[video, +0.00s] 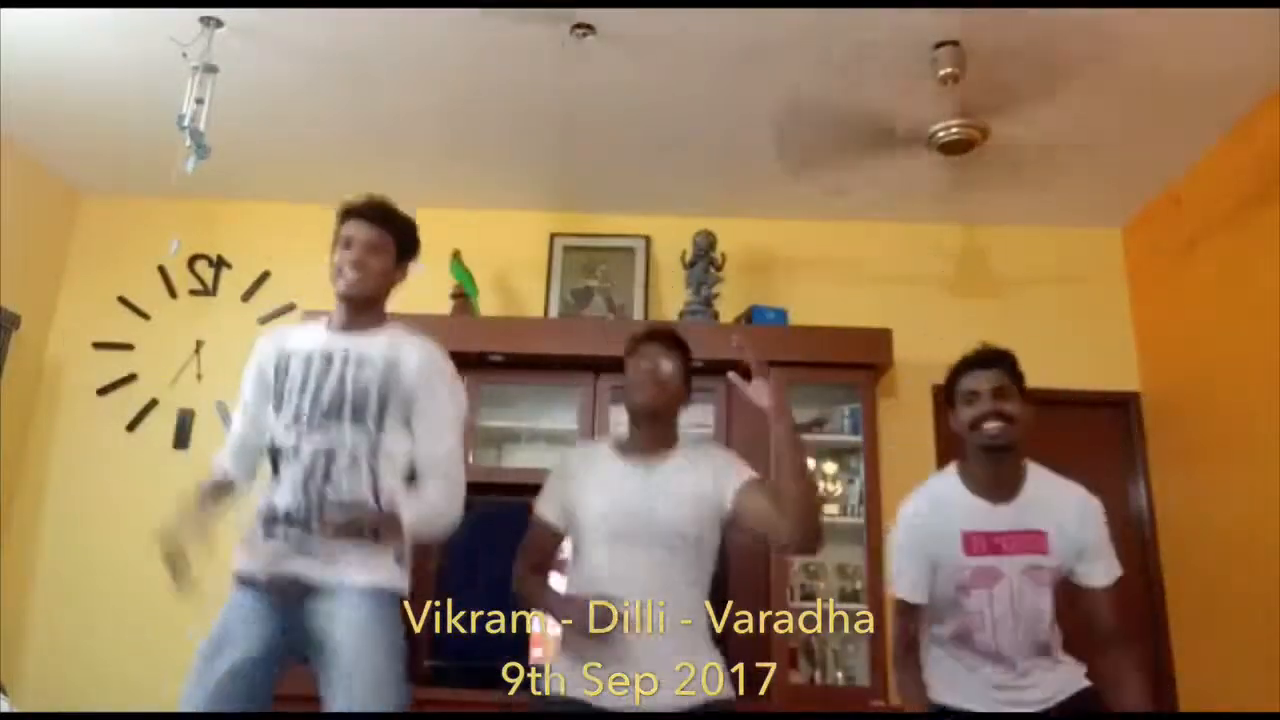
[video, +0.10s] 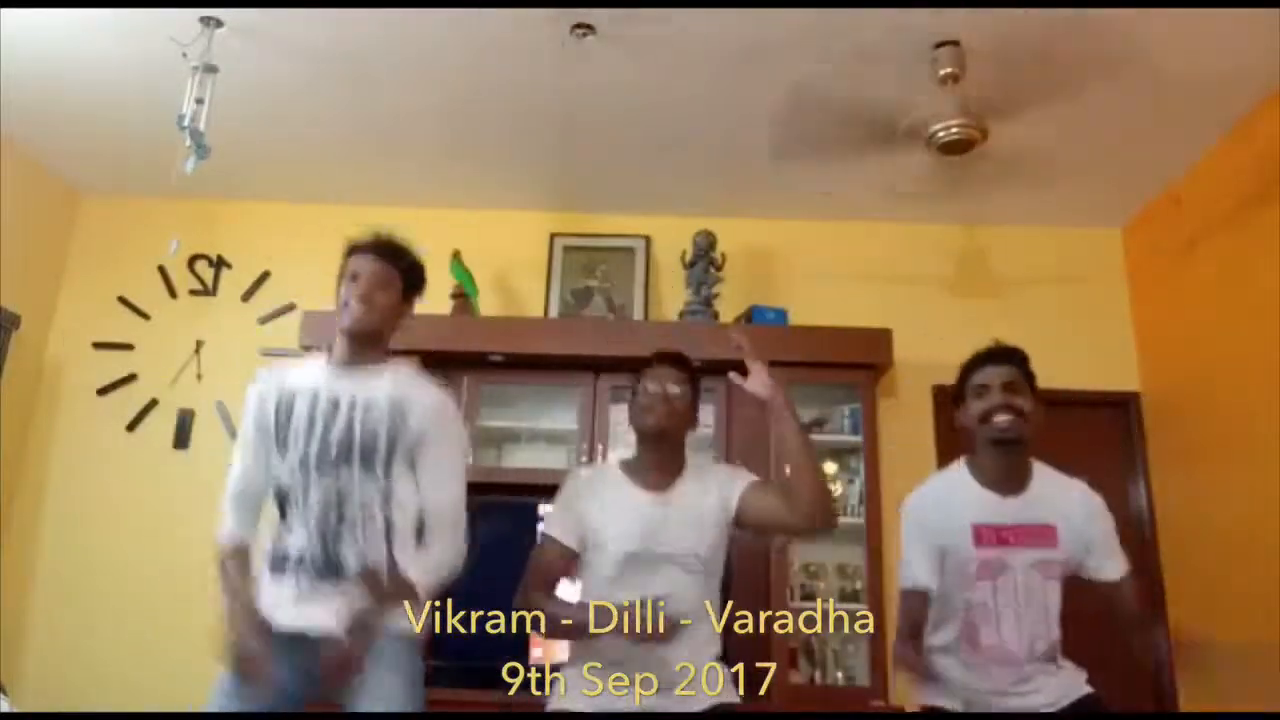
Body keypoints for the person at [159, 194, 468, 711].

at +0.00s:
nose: (352, 257)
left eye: (371, 248)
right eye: (344, 244)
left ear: (401, 270)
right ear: (331, 255)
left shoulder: (422, 362)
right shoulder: (278, 347)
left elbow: (445, 501)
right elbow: (239, 458)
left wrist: (379, 520)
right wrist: (190, 518)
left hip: (360, 578)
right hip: (267, 569)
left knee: (367, 703)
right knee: (206, 703)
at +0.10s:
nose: (359, 292)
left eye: (378, 284)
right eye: (352, 278)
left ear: (404, 307)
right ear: (337, 291)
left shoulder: (427, 405)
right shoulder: (275, 388)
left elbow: (446, 546)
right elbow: (238, 512)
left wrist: (364, 619)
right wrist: (243, 619)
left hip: (377, 634)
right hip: (276, 625)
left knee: (387, 700)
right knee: (229, 704)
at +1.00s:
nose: (369, 306)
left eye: (389, 300)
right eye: (375, 298)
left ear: (427, 331)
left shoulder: (460, 413)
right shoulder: (315, 369)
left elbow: (565, 382)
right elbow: (227, 318)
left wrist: (478, 325)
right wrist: (191, 257)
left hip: (367, 622)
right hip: (260, 604)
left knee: (374, 708)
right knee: (197, 707)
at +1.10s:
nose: (369, 315)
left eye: (390, 309)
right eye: (378, 306)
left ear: (426, 338)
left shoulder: (460, 420)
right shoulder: (313, 377)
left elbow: (569, 394)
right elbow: (226, 327)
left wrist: (489, 329)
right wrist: (213, 289)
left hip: (366, 646)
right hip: (257, 631)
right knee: (195, 704)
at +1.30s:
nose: (365, 303)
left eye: (385, 297)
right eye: (371, 293)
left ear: (421, 325)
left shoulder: (453, 407)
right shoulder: (316, 361)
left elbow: (563, 374)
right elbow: (215, 288)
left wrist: (471, 318)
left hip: (351, 603)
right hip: (251, 584)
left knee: (361, 704)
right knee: (195, 702)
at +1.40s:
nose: (361, 302)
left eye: (379, 296)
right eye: (367, 291)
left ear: (417, 323)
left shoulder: (455, 401)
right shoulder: (313, 360)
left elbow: (560, 372)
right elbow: (214, 288)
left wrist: (467, 315)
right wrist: (147, 181)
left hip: (351, 606)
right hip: (251, 585)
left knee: (357, 705)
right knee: (199, 702)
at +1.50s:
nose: (354, 300)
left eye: (374, 293)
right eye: (361, 290)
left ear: (413, 319)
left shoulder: (447, 399)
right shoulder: (302, 359)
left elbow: (551, 380)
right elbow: (211, 296)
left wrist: (462, 320)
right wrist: (174, 193)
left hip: (355, 617)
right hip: (251, 599)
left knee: (364, 703)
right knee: (193, 704)